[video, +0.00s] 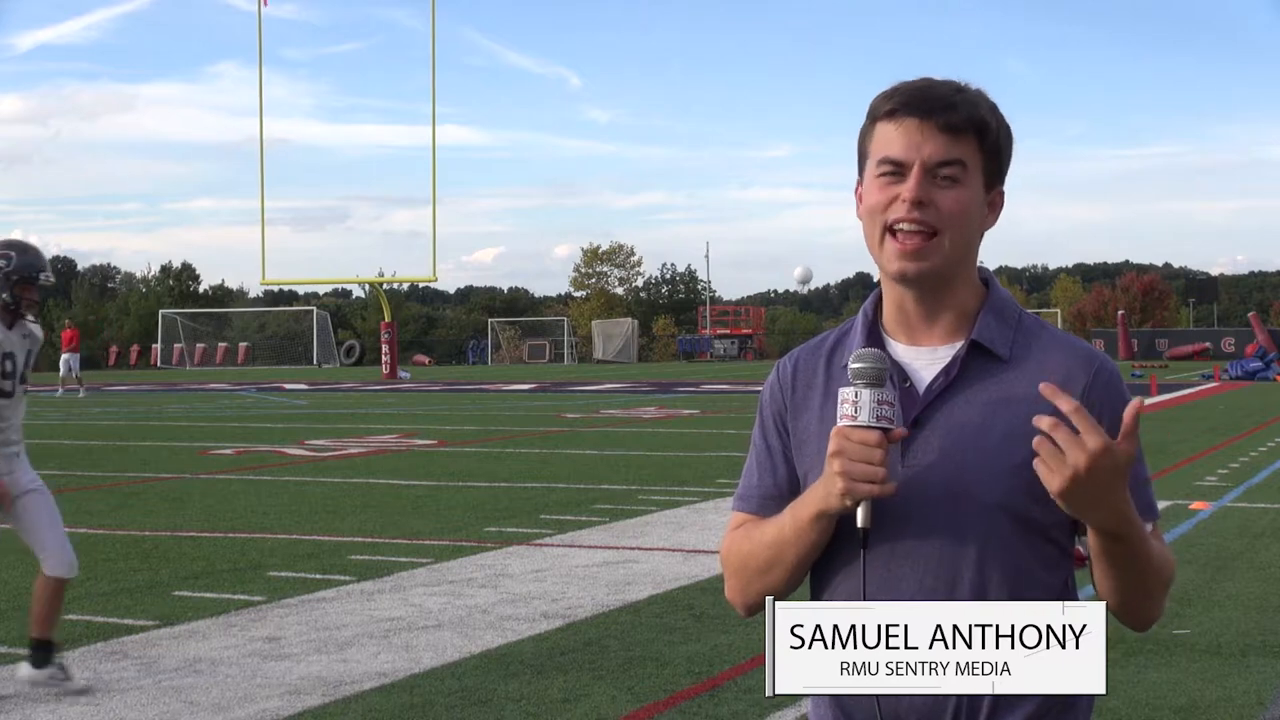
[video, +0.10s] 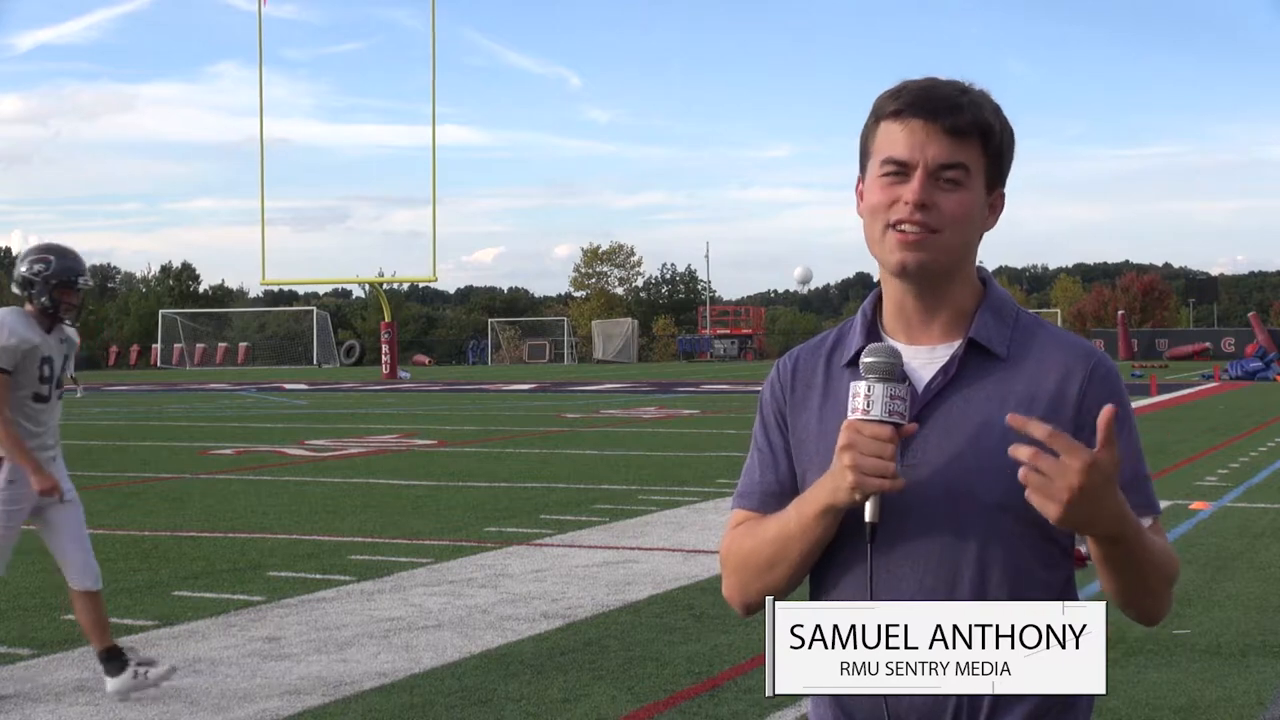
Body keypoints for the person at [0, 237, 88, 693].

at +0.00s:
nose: (34, 294)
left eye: (37, 286)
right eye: (26, 285)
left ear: (37, 288)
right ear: (4, 285)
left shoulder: (30, 336)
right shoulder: (3, 334)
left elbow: (13, 399)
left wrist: (15, 462)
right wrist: (3, 477)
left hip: (15, 464)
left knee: (59, 561)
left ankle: (41, 659)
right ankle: (37, 659)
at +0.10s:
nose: (74, 297)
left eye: (76, 289)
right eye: (65, 288)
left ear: (76, 291)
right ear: (36, 287)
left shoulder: (69, 339)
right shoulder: (7, 328)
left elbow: (45, 402)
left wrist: (48, 459)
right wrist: (32, 467)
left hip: (53, 469)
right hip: (9, 473)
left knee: (82, 569)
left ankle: (116, 668)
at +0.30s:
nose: (152, 295)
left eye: (153, 287)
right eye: (144, 286)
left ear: (148, 288)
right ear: (116, 286)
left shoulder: (140, 337)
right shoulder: (77, 327)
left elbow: (122, 405)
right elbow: (68, 414)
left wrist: (133, 465)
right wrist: (99, 477)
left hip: (136, 468)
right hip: (96, 472)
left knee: (136, 580)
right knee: (102, 592)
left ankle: (134, 678)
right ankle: (18, 638)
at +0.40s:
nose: (182, 290)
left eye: (185, 281)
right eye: (174, 281)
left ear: (182, 282)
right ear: (146, 280)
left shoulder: (176, 331)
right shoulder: (111, 323)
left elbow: (164, 406)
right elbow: (98, 406)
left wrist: (182, 468)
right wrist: (116, 476)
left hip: (164, 466)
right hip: (132, 466)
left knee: (149, 575)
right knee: (172, 573)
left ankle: (136, 678)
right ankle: (99, 640)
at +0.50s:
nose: (215, 288)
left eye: (217, 280)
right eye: (207, 280)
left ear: (212, 281)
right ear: (179, 279)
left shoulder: (210, 328)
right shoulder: (145, 323)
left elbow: (212, 400)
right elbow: (127, 407)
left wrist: (252, 458)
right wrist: (137, 480)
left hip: (192, 462)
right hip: (163, 462)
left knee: (160, 575)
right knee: (225, 566)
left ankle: (137, 675)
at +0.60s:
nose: (252, 292)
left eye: (253, 283)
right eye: (243, 284)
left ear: (249, 284)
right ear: (216, 284)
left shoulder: (245, 333)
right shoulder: (179, 329)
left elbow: (258, 398)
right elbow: (160, 413)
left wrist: (310, 444)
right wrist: (163, 486)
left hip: (224, 465)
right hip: (197, 465)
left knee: (179, 575)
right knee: (252, 577)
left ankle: (141, 672)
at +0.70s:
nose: (290, 296)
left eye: (291, 288)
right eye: (283, 288)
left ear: (280, 288)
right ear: (256, 288)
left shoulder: (284, 338)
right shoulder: (219, 334)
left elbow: (298, 399)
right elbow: (198, 420)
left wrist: (355, 440)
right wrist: (200, 496)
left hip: (265, 467)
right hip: (238, 468)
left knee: (220, 580)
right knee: (282, 580)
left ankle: (156, 661)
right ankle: (314, 690)